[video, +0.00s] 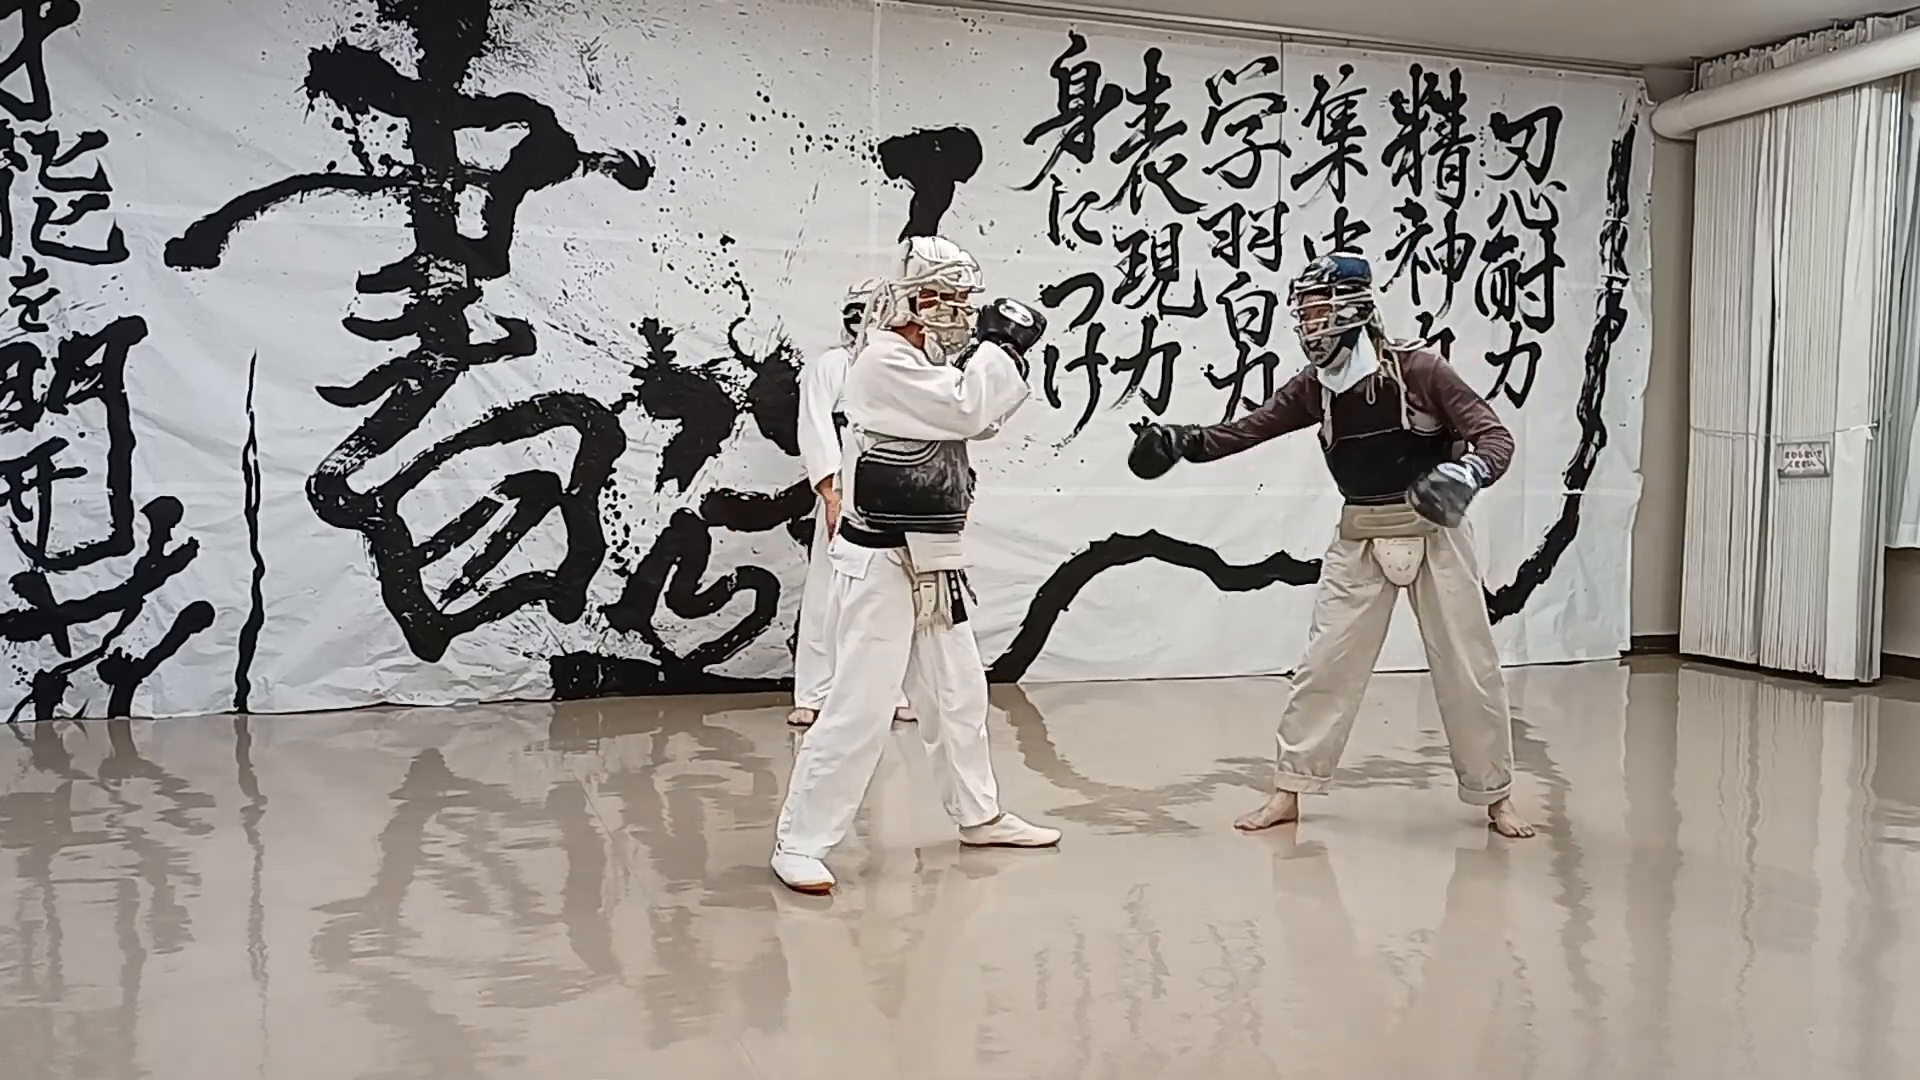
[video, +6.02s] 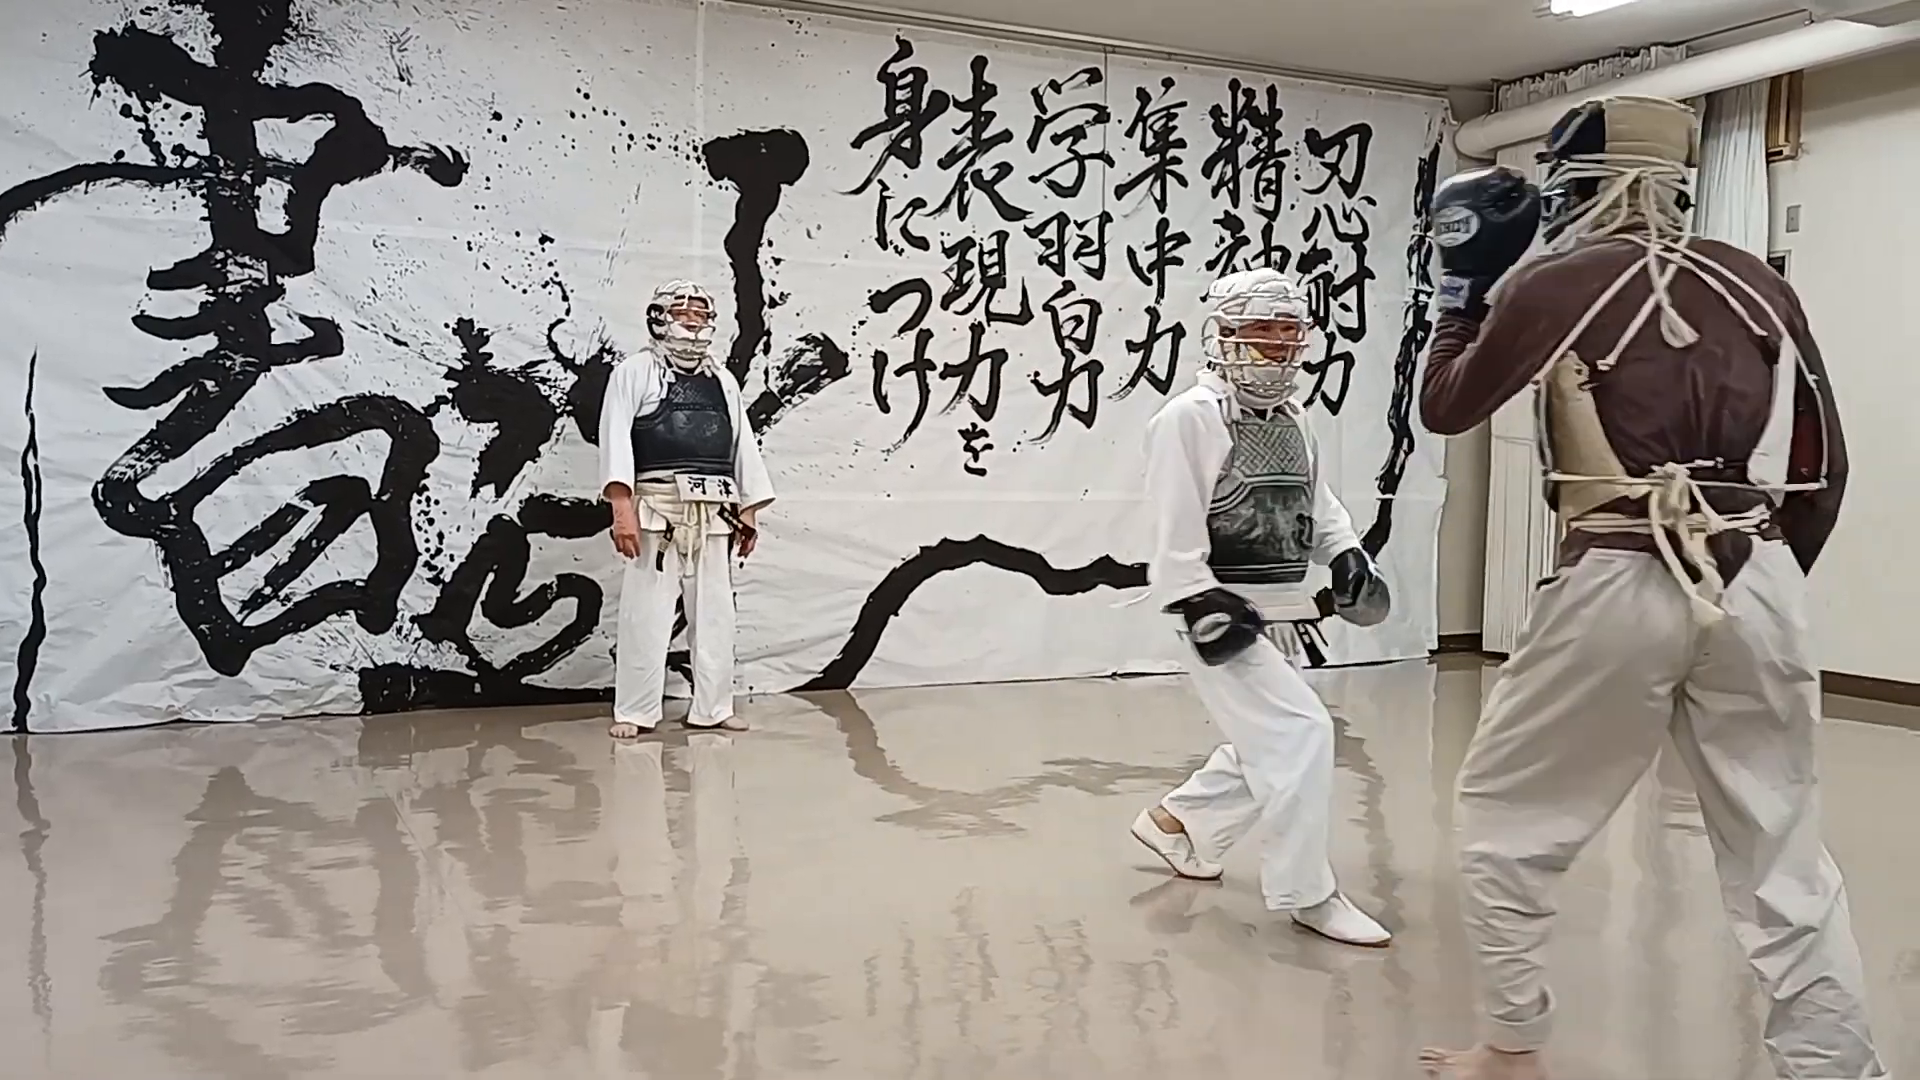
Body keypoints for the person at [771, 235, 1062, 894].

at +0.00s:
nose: (954, 313)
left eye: (961, 301)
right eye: (943, 300)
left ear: (965, 305)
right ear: (910, 299)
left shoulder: (937, 363)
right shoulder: (880, 360)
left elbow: (982, 422)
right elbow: (962, 408)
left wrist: (1009, 358)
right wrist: (1001, 347)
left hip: (934, 555)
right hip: (877, 556)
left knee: (959, 693)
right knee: (858, 707)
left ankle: (979, 818)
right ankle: (799, 847)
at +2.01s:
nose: (1084, 352)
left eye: (1092, 341)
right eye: (1071, 340)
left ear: (1098, 344)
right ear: (1039, 339)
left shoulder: (1070, 409)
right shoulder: (1003, 402)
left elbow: (1054, 496)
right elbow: (1026, 498)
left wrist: (1114, 502)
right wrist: (1106, 500)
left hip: (1051, 582)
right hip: (993, 584)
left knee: (1119, 684)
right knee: (979, 715)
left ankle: (1127, 804)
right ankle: (920, 843)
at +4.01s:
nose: (1089, 368)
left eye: (1092, 357)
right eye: (1077, 356)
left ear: (1092, 362)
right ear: (1042, 361)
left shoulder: (1058, 425)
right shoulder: (1009, 425)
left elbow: (1044, 514)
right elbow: (1004, 526)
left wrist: (1089, 546)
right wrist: (1080, 538)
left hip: (1044, 599)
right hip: (991, 602)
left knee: (1124, 687)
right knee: (969, 734)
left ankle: (1123, 816)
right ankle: (877, 813)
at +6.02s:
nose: (1274, 349)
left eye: (1286, 335)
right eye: (1259, 335)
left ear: (1301, 342)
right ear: (1224, 340)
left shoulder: (1290, 422)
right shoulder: (1189, 419)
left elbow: (1315, 500)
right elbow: (1174, 527)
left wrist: (1346, 555)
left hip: (1281, 616)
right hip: (1220, 615)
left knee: (1279, 737)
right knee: (1302, 728)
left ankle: (1177, 821)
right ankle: (1307, 892)